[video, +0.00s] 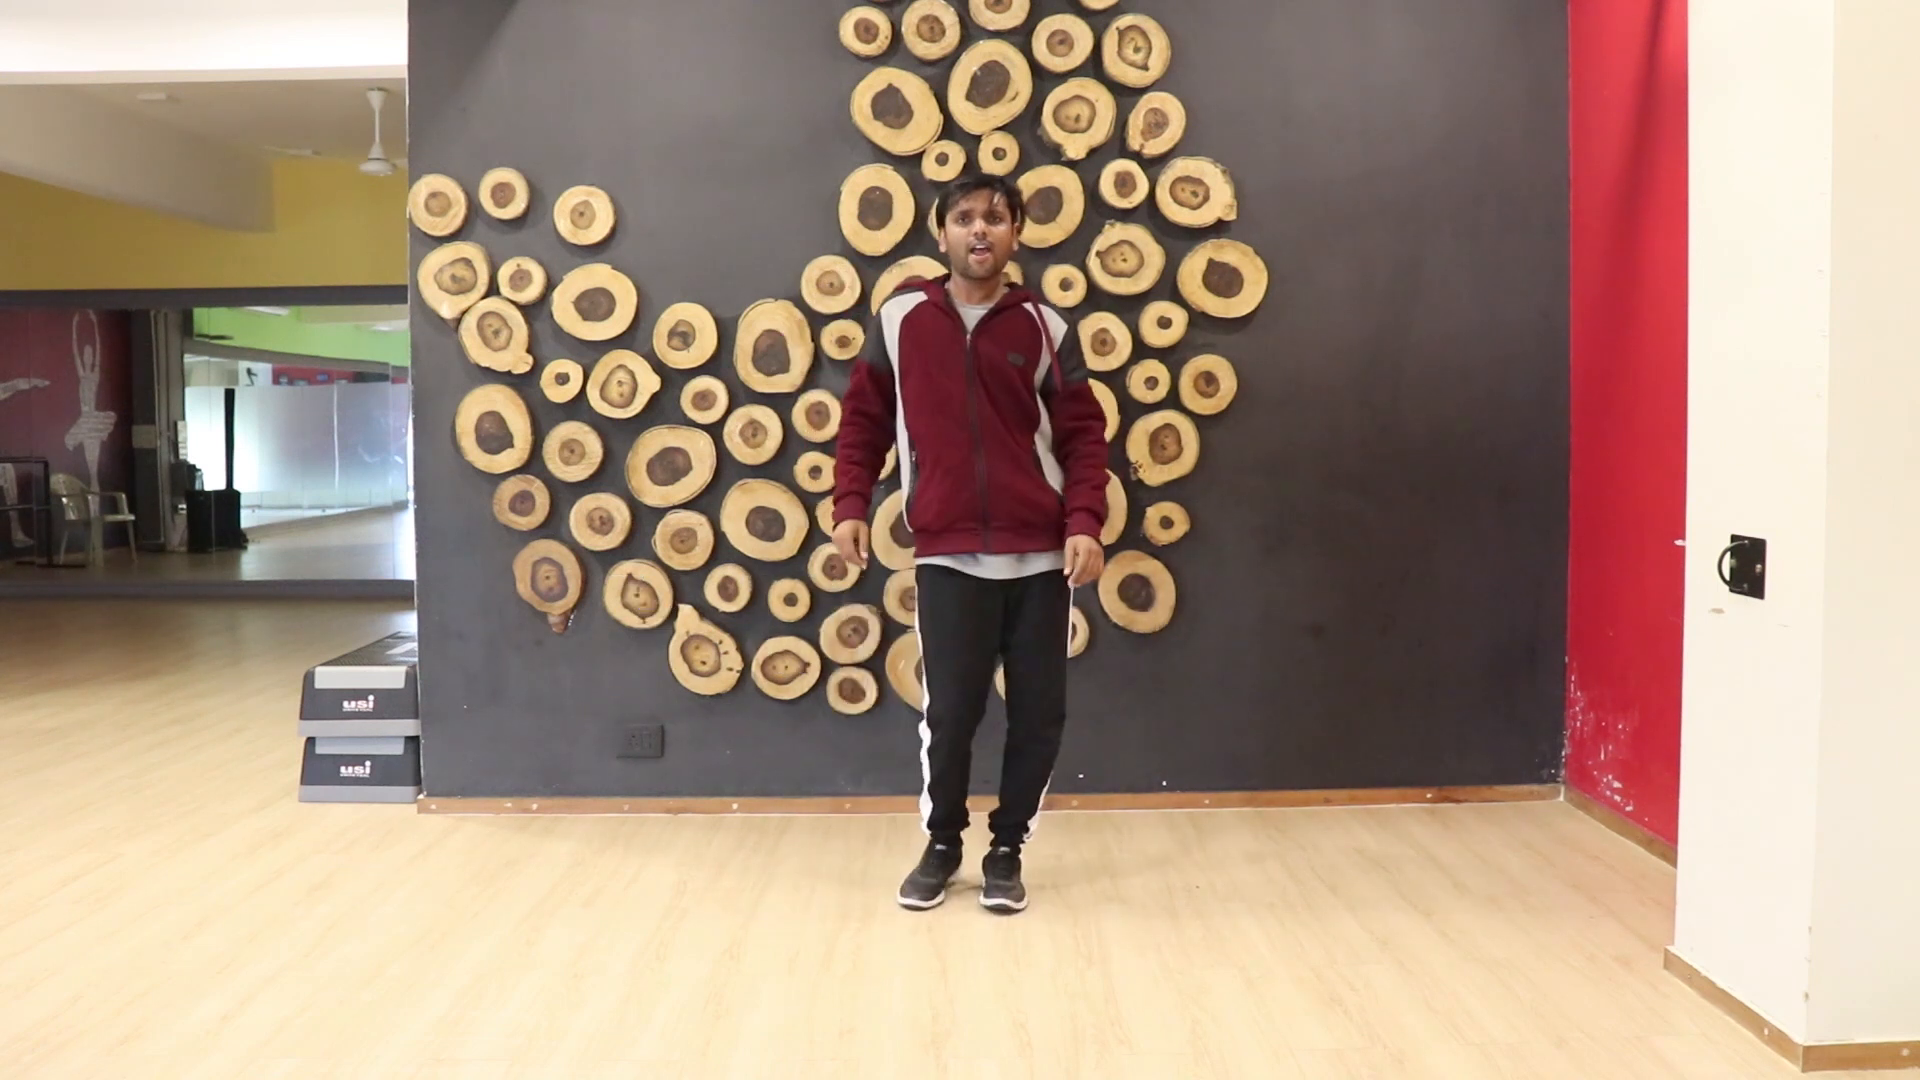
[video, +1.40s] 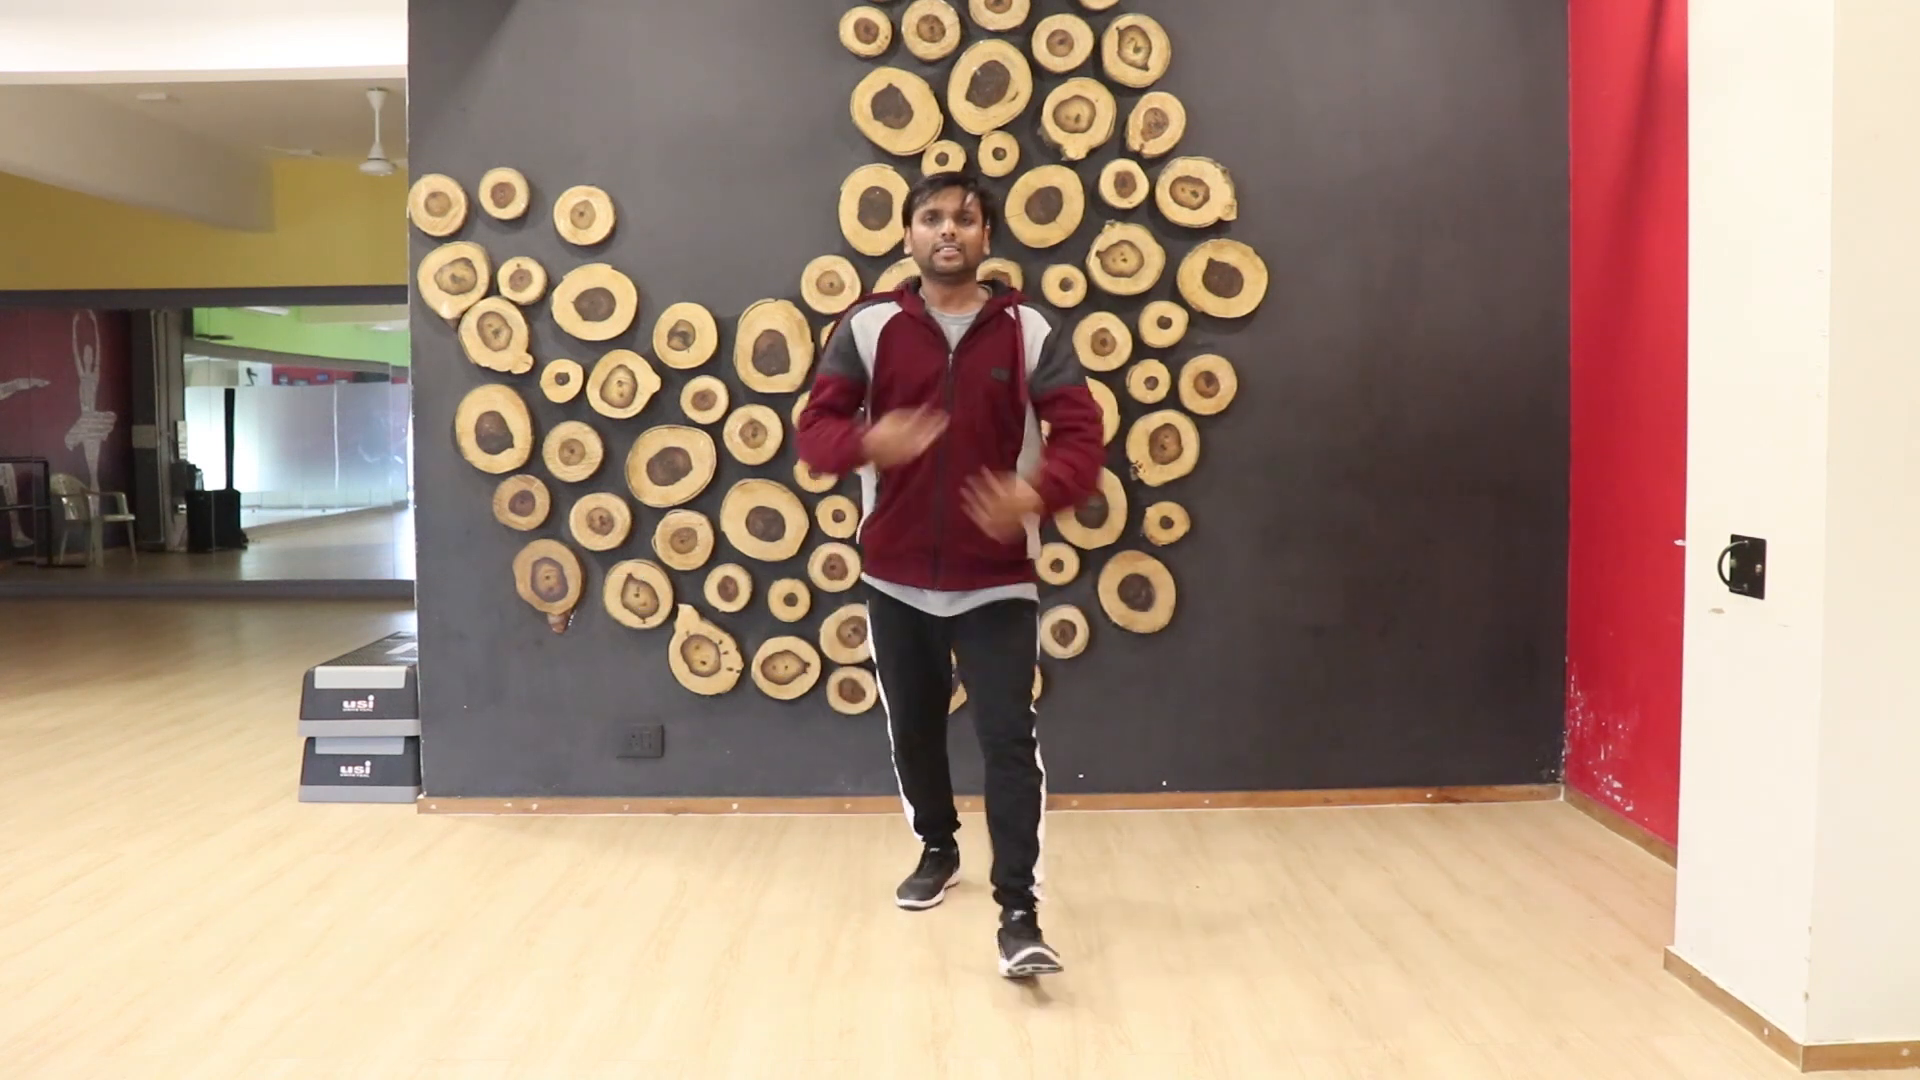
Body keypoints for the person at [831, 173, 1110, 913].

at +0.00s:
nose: (980, 231)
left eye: (994, 219)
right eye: (966, 219)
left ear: (1014, 235)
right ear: (942, 235)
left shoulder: (1044, 324)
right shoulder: (902, 317)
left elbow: (1080, 429)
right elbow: (865, 415)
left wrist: (1084, 519)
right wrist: (852, 507)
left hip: (1039, 552)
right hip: (948, 553)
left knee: (1039, 715)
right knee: (950, 710)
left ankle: (1005, 854)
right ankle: (940, 847)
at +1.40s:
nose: (949, 230)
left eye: (965, 218)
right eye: (933, 217)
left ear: (987, 237)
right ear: (908, 237)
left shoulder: (1027, 329)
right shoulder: (867, 325)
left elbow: (1081, 434)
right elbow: (815, 435)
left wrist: (1034, 492)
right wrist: (869, 441)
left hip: (997, 576)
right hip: (896, 575)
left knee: (1009, 737)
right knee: (911, 730)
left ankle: (1019, 913)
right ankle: (936, 847)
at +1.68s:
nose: (965, 214)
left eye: (982, 203)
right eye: (949, 201)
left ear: (1007, 222)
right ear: (922, 217)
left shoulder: (1030, 305)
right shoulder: (880, 293)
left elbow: (1065, 394)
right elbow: (811, 392)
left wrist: (974, 313)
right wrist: (905, 324)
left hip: (1018, 563)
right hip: (913, 563)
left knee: (1037, 749)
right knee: (977, 731)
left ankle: (1028, 931)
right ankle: (982, 887)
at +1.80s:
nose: (965, 211)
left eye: (981, 199)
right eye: (946, 198)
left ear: (1001, 220)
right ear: (914, 215)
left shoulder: (1044, 312)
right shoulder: (864, 306)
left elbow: (1161, 351)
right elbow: (776, 375)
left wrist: (1087, 279)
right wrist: (804, 301)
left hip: (1002, 572)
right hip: (894, 563)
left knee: (1030, 762)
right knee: (923, 717)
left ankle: (1033, 941)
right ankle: (884, 882)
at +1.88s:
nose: (958, 217)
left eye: (970, 203)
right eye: (937, 204)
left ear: (987, 219)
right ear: (899, 221)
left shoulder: (1039, 313)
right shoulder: (866, 316)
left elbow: (1145, 305)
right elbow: (808, 453)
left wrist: (1079, 239)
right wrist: (828, 348)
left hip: (999, 584)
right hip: (887, 578)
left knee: (1021, 762)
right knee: (860, 743)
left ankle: (1035, 945)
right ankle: (766, 909)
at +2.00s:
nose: (922, 229)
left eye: (927, 214)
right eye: (900, 215)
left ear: (935, 225)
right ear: (851, 231)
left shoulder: (935, 311)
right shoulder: (846, 330)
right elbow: (913, 415)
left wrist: (1000, 296)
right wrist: (926, 313)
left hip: (995, 604)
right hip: (890, 608)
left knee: (1055, 783)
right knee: (807, 778)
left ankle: (1036, 938)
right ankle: (698, 928)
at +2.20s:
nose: (949, 227)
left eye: (955, 213)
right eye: (931, 210)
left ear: (949, 224)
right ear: (874, 217)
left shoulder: (915, 305)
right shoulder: (834, 287)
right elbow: (783, 235)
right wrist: (792, 173)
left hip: (972, 580)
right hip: (897, 586)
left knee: (1048, 757)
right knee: (853, 778)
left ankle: (1043, 940)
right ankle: (712, 919)